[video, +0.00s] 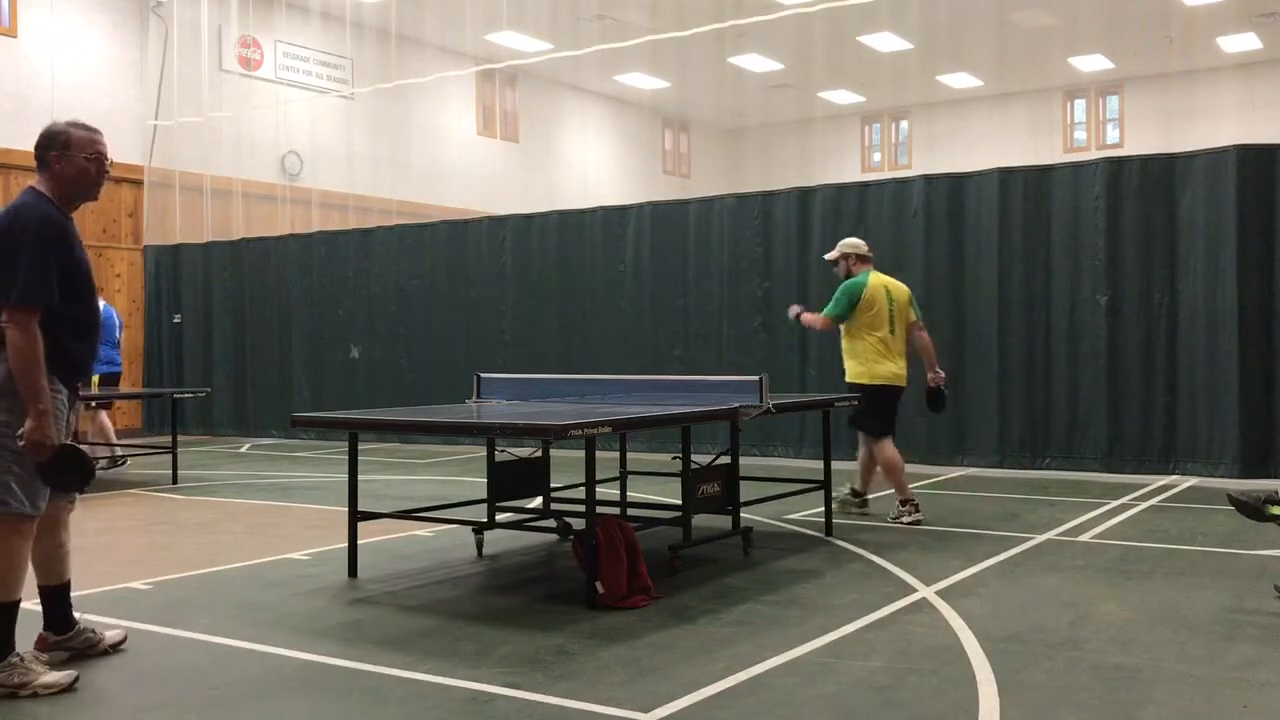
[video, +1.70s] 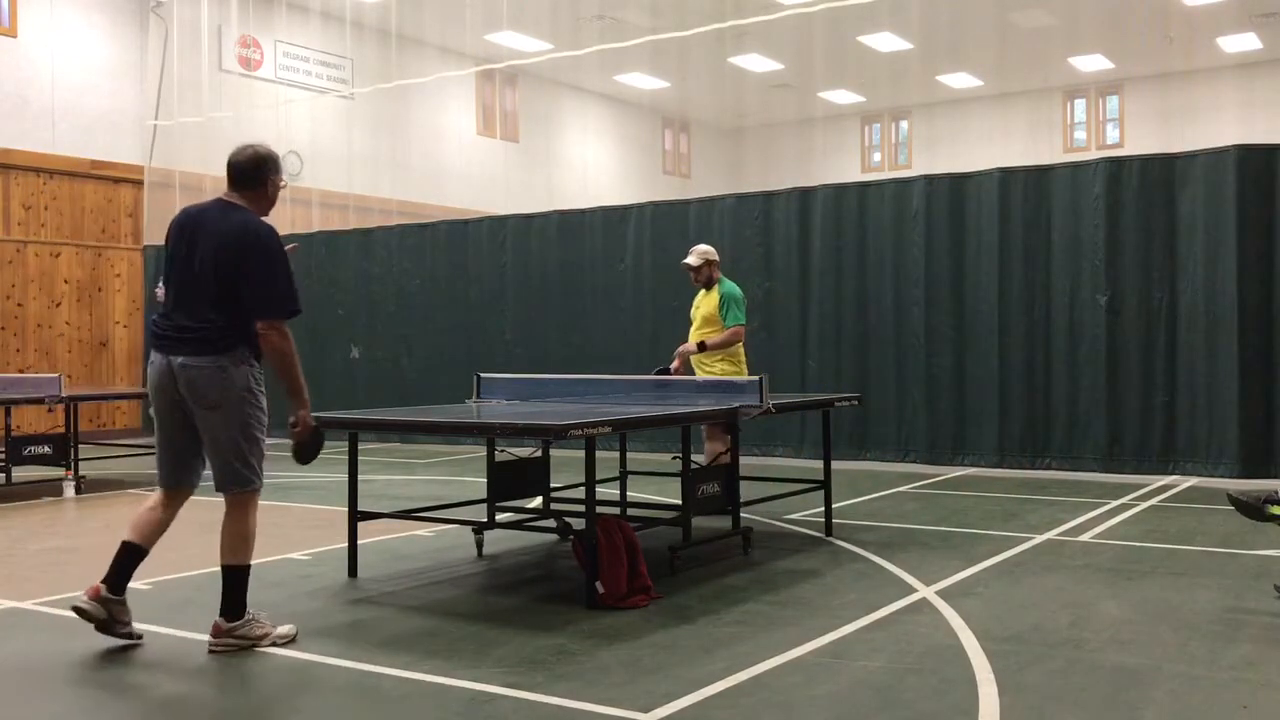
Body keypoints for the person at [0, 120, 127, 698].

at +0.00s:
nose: (106, 170)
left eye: (106, 160)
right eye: (95, 159)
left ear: (63, 162)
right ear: (56, 160)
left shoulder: (53, 219)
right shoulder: (32, 218)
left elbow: (53, 322)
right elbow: (20, 322)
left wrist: (78, 404)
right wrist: (38, 410)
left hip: (54, 392)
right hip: (29, 393)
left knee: (54, 508)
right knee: (16, 519)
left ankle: (61, 629)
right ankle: (7, 659)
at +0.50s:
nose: (130, 175)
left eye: (128, 167)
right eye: (125, 167)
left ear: (81, 171)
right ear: (102, 171)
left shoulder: (57, 221)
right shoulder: (78, 225)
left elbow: (69, 314)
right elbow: (82, 321)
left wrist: (128, 355)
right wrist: (115, 400)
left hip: (61, 374)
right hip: (65, 377)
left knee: (94, 503)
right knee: (78, 510)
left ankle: (66, 628)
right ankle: (11, 645)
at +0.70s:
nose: (136, 180)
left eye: (135, 171)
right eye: (132, 171)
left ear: (83, 174)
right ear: (112, 175)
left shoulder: (57, 222)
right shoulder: (97, 224)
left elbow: (79, 306)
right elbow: (103, 312)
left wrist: (147, 302)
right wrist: (146, 389)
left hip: (55, 374)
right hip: (85, 375)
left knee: (87, 503)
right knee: (136, 493)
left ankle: (65, 625)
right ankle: (61, 621)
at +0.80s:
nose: (142, 181)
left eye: (141, 172)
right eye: (138, 172)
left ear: (88, 175)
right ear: (118, 175)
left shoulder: (62, 222)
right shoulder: (105, 223)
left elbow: (85, 300)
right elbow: (113, 311)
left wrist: (150, 286)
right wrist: (156, 386)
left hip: (57, 375)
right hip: (95, 374)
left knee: (90, 497)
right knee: (158, 486)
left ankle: (59, 631)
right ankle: (112, 624)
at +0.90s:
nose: (150, 177)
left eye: (147, 168)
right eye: (146, 168)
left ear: (95, 175)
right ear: (130, 173)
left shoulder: (69, 222)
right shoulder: (115, 221)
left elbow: (94, 294)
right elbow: (121, 309)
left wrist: (159, 275)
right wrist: (164, 386)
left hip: (64, 373)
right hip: (104, 373)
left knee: (90, 500)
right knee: (168, 487)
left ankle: (63, 628)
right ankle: (171, 629)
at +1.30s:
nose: (212, 183)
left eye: (210, 175)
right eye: (209, 176)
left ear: (157, 181)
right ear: (197, 181)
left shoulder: (123, 229)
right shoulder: (188, 232)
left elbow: (143, 282)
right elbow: (188, 321)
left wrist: (204, 270)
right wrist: (214, 400)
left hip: (117, 376)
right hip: (168, 379)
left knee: (115, 501)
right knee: (222, 495)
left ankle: (65, 626)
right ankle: (232, 619)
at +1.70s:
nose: (282, 191)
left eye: (280, 182)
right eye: (281, 183)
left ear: (230, 181)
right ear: (271, 186)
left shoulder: (186, 221)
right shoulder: (260, 238)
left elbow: (174, 299)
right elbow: (272, 331)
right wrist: (301, 404)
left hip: (165, 367)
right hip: (222, 373)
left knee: (173, 488)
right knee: (241, 494)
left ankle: (109, 591)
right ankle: (233, 619)